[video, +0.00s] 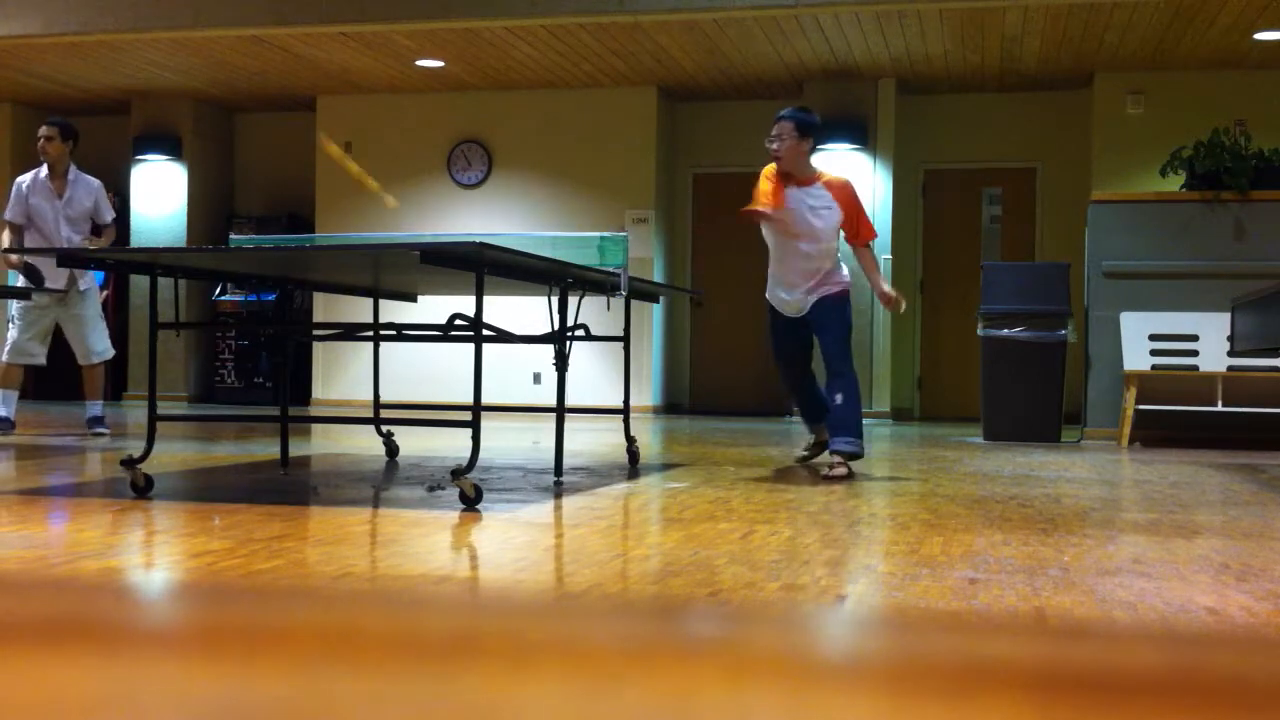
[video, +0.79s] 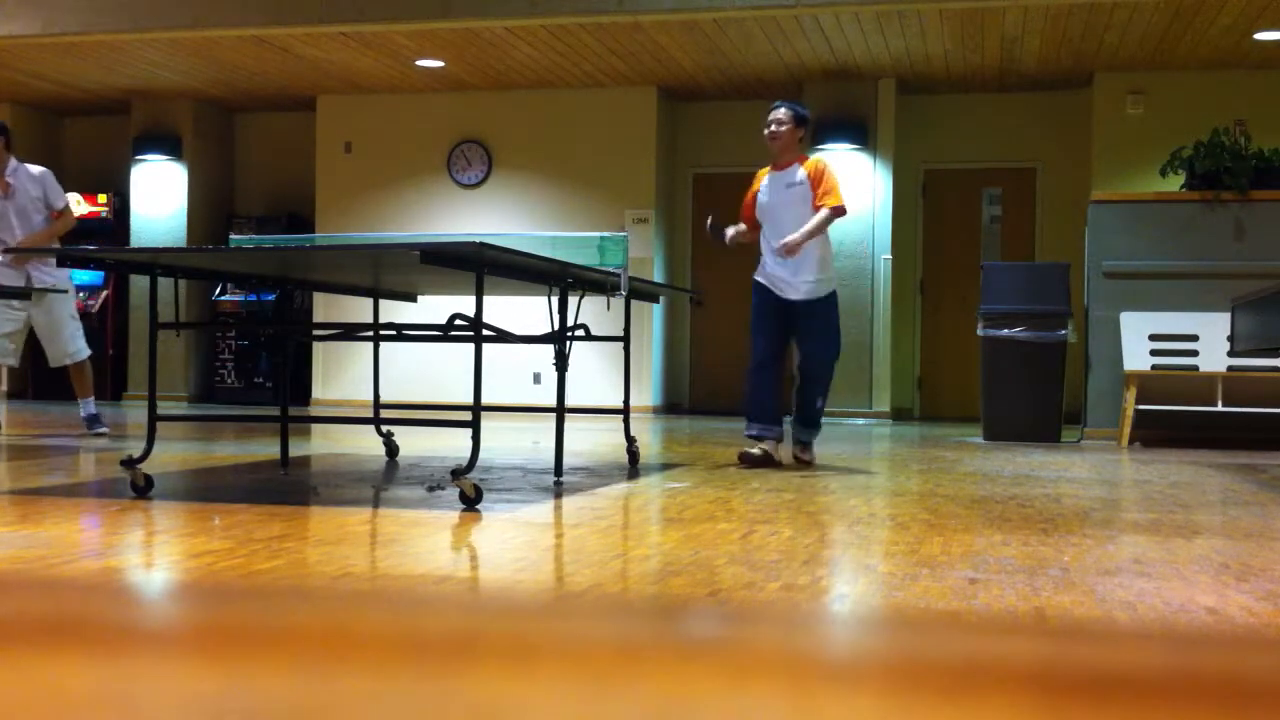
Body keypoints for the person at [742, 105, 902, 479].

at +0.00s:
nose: (773, 146)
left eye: (782, 139)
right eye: (772, 139)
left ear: (806, 143)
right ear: (773, 144)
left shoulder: (838, 188)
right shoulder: (771, 180)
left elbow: (859, 242)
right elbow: (766, 209)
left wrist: (879, 285)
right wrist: (769, 212)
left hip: (827, 288)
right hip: (783, 293)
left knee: (837, 361)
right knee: (793, 370)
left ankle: (841, 450)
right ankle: (820, 430)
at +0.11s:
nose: (786, 139)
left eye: (795, 132)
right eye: (784, 132)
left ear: (818, 137)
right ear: (782, 136)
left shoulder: (844, 180)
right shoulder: (775, 177)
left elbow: (853, 237)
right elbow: (806, 222)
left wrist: (866, 286)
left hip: (831, 283)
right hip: (785, 287)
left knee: (838, 362)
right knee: (791, 365)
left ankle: (839, 449)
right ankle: (815, 424)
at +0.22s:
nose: (790, 131)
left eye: (798, 124)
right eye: (788, 125)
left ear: (821, 130)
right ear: (785, 131)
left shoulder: (846, 178)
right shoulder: (775, 171)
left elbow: (853, 234)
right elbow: (783, 219)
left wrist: (858, 283)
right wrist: (838, 206)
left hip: (831, 282)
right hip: (783, 283)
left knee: (839, 365)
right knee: (775, 366)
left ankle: (837, 451)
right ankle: (783, 440)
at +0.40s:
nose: (792, 132)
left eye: (802, 126)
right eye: (789, 126)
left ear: (823, 134)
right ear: (785, 134)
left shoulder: (842, 188)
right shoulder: (772, 177)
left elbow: (858, 246)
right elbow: (745, 221)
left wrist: (867, 299)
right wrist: (780, 234)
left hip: (822, 296)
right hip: (771, 293)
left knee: (835, 374)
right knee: (747, 372)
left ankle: (836, 455)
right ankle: (763, 448)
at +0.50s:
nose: (786, 131)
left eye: (796, 126)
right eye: (783, 126)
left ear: (816, 135)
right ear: (779, 133)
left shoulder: (834, 187)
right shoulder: (764, 178)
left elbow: (851, 232)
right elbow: (732, 219)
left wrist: (866, 272)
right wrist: (751, 228)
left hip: (815, 294)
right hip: (766, 290)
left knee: (827, 369)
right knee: (748, 371)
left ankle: (835, 446)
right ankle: (762, 446)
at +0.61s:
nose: (777, 124)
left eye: (786, 119)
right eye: (775, 120)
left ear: (807, 129)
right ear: (771, 129)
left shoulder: (827, 174)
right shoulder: (759, 174)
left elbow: (843, 211)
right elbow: (733, 216)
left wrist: (844, 234)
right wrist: (730, 218)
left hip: (813, 288)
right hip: (765, 286)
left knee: (822, 366)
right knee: (752, 364)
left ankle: (825, 447)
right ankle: (763, 446)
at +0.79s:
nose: (771, 129)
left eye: (779, 124)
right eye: (768, 125)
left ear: (800, 131)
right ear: (765, 133)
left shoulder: (816, 168)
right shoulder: (762, 179)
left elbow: (831, 209)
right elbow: (751, 227)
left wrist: (799, 237)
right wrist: (732, 233)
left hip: (814, 288)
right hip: (770, 286)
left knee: (819, 364)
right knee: (764, 360)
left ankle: (804, 438)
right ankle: (763, 442)